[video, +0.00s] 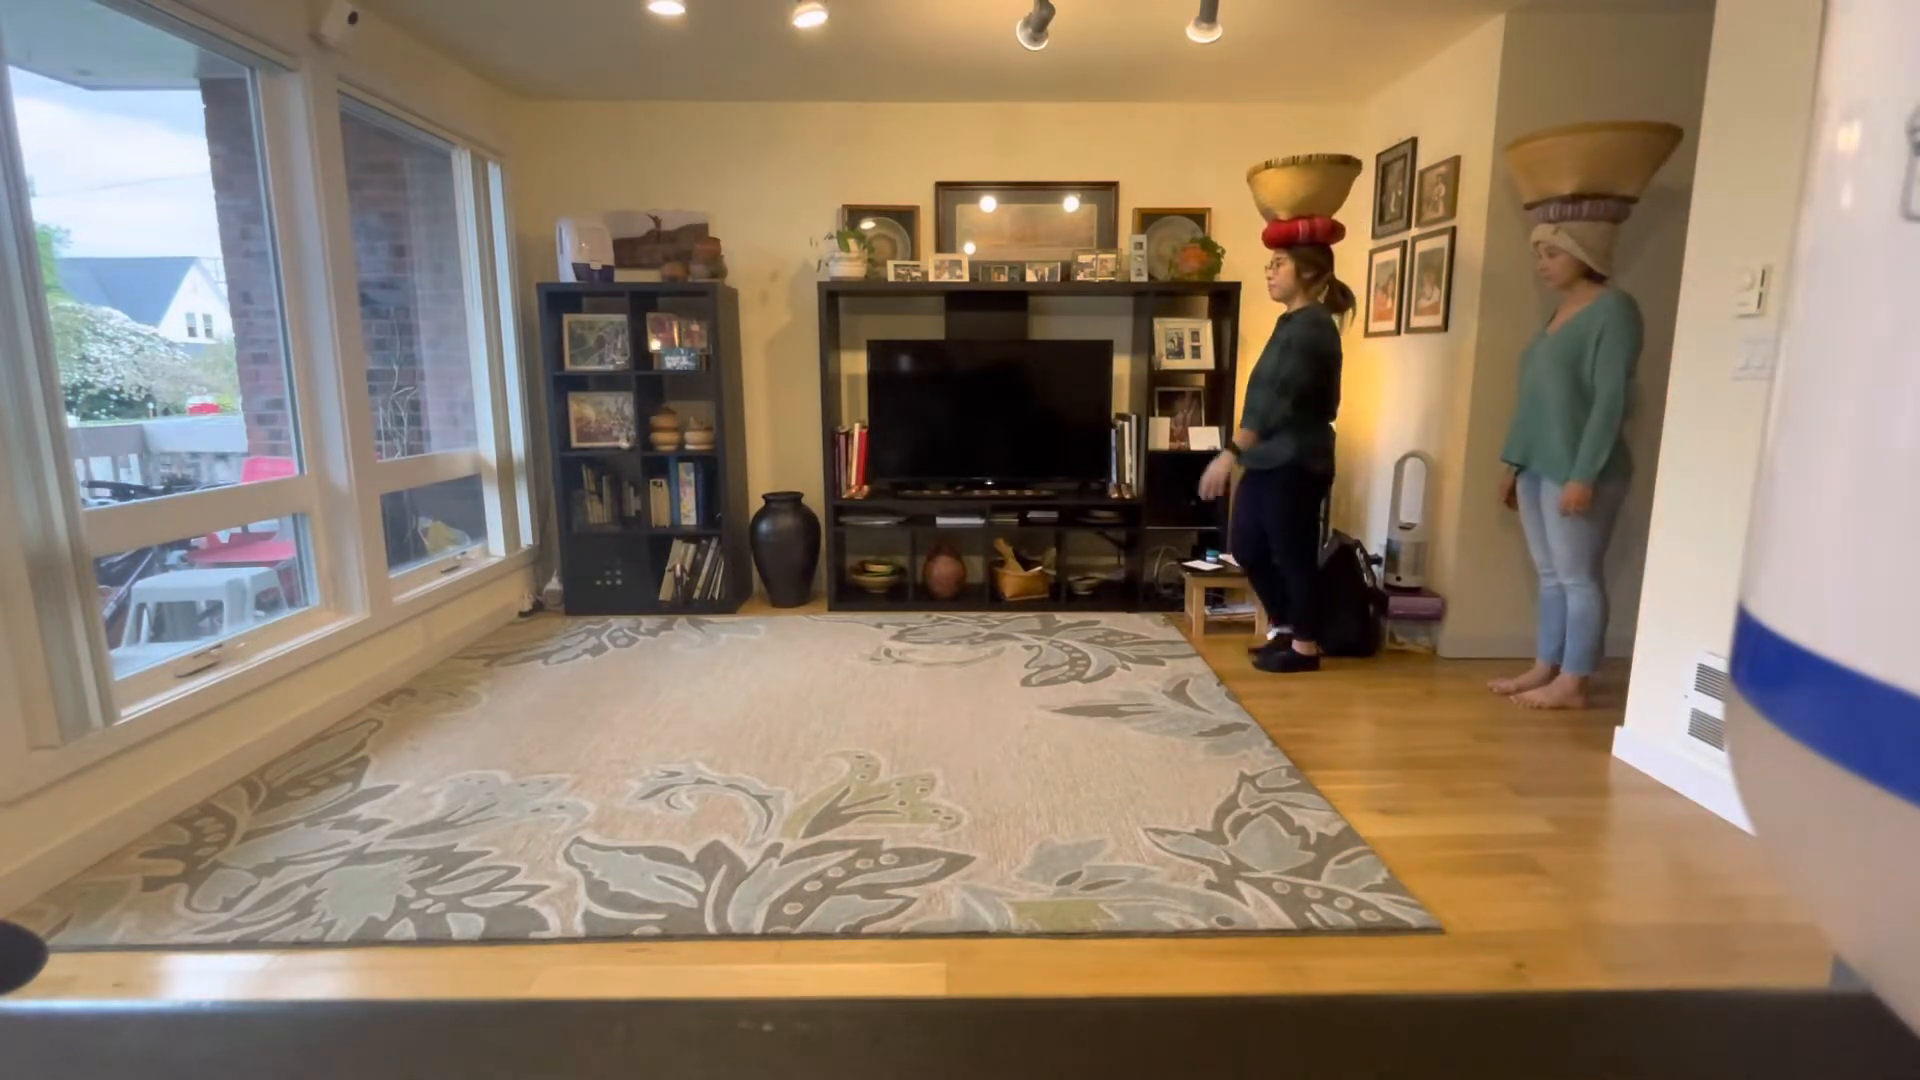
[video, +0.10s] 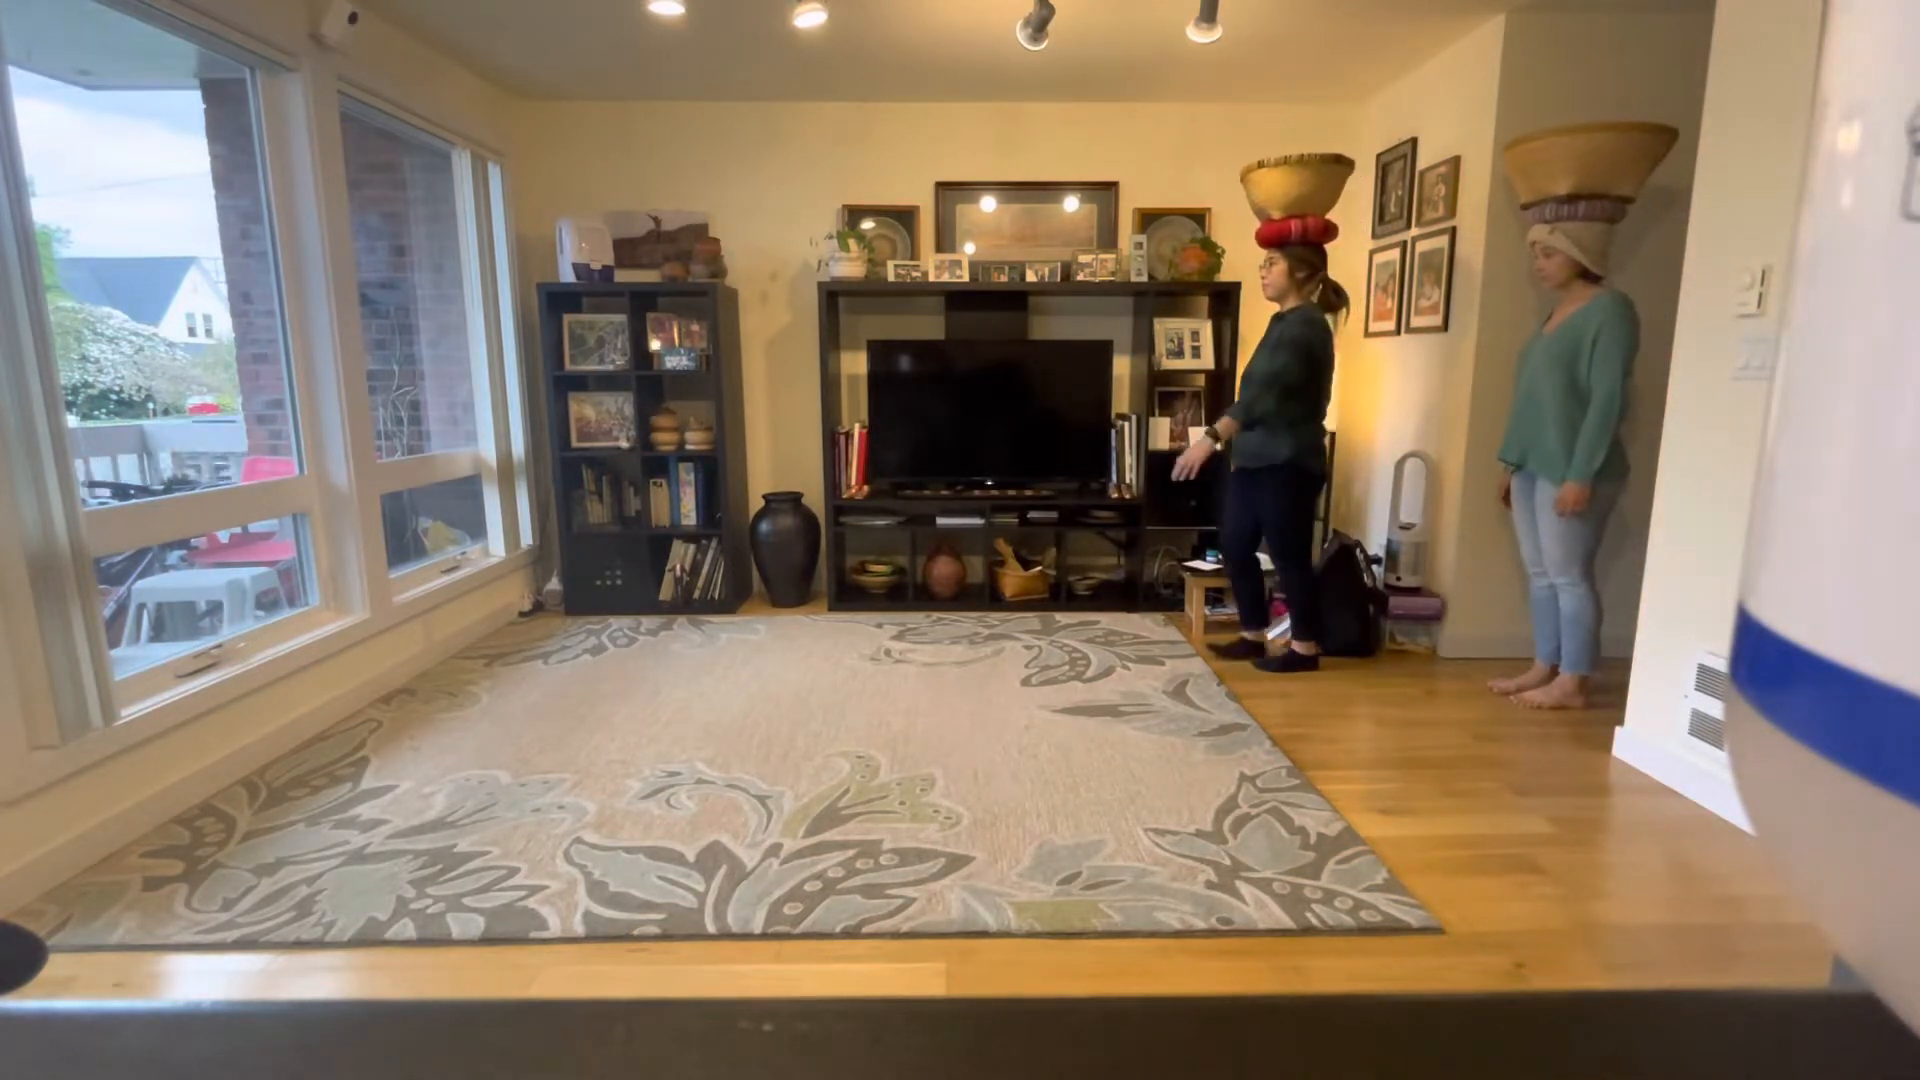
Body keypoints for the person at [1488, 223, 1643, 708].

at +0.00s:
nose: (1542, 264)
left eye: (1550, 254)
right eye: (1539, 255)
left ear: (1583, 255)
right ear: (1547, 260)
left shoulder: (1613, 310)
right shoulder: (1560, 313)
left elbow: (1610, 401)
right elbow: (1535, 398)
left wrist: (1584, 476)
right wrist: (1512, 463)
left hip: (1579, 468)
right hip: (1537, 466)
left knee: (1577, 577)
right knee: (1550, 574)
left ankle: (1573, 682)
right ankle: (1546, 667)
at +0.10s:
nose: (1538, 264)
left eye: (1547, 254)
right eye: (1535, 255)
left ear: (1579, 255)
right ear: (1544, 260)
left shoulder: (1610, 310)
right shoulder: (1555, 315)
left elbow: (1607, 400)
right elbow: (1531, 398)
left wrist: (1581, 475)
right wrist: (1510, 464)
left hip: (1573, 467)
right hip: (1530, 465)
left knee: (1569, 575)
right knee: (1540, 573)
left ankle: (1572, 682)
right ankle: (1545, 666)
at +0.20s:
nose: (1533, 266)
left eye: (1543, 256)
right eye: (1531, 257)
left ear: (1574, 257)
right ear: (1540, 262)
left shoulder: (1605, 312)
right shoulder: (1549, 315)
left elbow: (1603, 401)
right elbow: (1525, 398)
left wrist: (1578, 476)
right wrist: (1506, 465)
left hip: (1566, 467)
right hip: (1524, 465)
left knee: (1556, 574)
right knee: (1530, 573)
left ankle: (1571, 681)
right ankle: (1543, 667)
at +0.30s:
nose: (1528, 268)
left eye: (1538, 257)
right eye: (1526, 258)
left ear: (1570, 260)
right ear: (1531, 263)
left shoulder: (1600, 314)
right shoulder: (1546, 318)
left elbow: (1602, 403)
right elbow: (1521, 399)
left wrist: (1578, 477)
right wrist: (1496, 463)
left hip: (1561, 468)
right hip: (1520, 464)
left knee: (1534, 570)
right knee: (1523, 569)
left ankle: (1567, 677)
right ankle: (1543, 666)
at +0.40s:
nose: (1523, 268)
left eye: (1533, 258)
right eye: (1520, 258)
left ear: (1564, 261)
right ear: (1521, 262)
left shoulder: (1595, 315)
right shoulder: (1538, 319)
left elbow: (1602, 403)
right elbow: (1510, 400)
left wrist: (1585, 479)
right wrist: (1468, 453)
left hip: (1554, 468)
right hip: (1516, 463)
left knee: (1505, 562)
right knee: (1531, 569)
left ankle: (1548, 664)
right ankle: (1546, 666)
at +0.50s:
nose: (1516, 267)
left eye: (1525, 257)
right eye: (1514, 258)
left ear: (1555, 260)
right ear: (1524, 262)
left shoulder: (1588, 313)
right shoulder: (1530, 319)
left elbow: (1603, 398)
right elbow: (1496, 397)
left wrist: (1594, 478)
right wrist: (1440, 437)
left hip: (1549, 467)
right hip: (1515, 462)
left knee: (1495, 557)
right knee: (1531, 565)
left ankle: (1499, 672)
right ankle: (1543, 667)